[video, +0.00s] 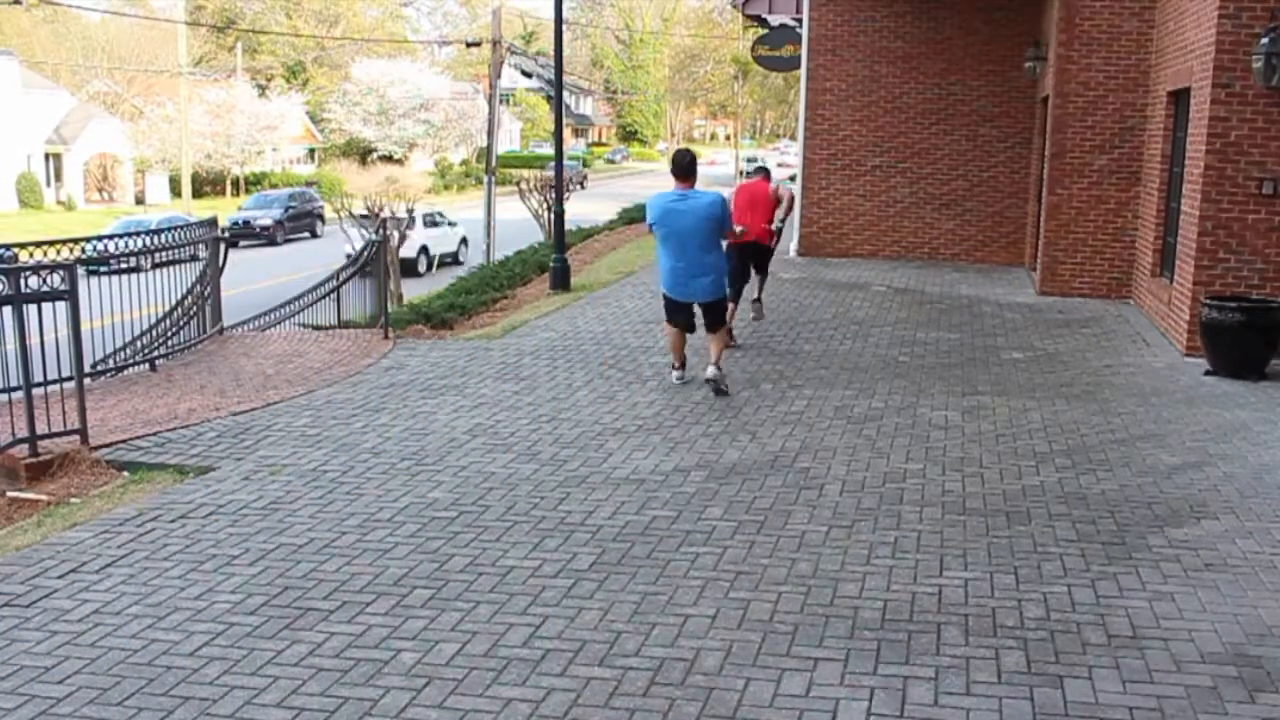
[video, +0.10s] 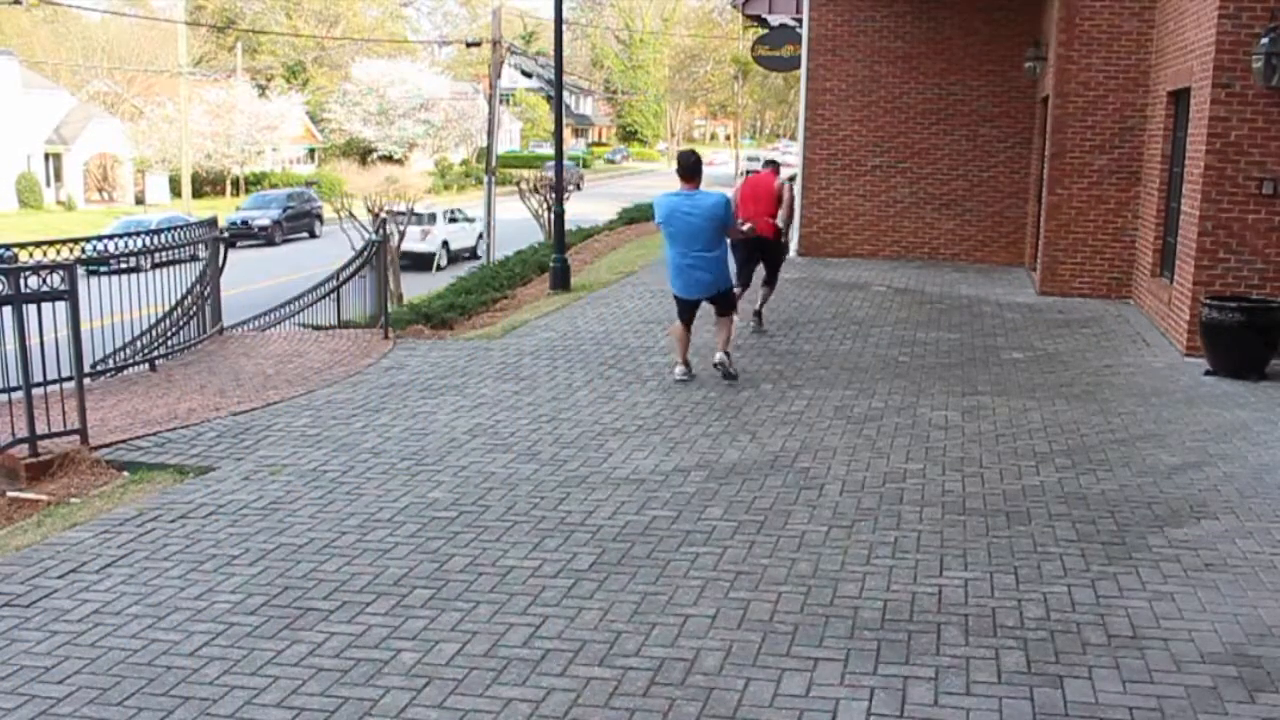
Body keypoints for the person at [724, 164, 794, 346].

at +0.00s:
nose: (768, 183)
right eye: (769, 180)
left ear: (749, 176)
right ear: (767, 177)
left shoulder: (737, 189)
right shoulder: (772, 188)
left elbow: (727, 209)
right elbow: (788, 195)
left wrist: (730, 227)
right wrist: (780, 221)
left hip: (737, 239)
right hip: (762, 238)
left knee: (735, 286)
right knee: (762, 271)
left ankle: (727, 327)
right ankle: (757, 297)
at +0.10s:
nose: (778, 176)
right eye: (778, 173)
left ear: (761, 169)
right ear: (777, 171)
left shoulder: (744, 181)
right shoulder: (782, 185)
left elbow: (733, 205)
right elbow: (786, 210)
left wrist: (735, 224)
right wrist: (785, 233)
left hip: (743, 231)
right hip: (769, 233)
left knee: (742, 277)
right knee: (771, 275)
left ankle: (731, 303)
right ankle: (758, 308)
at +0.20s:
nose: (783, 177)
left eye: (780, 174)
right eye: (783, 174)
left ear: (767, 169)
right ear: (782, 172)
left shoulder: (749, 183)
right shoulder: (787, 188)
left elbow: (736, 205)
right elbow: (789, 219)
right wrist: (789, 233)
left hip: (749, 234)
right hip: (772, 235)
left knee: (754, 272)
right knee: (770, 283)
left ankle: (748, 283)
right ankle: (754, 319)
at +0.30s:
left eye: (775, 168)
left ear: (770, 168)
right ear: (787, 171)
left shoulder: (755, 179)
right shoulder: (794, 185)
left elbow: (733, 187)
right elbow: (800, 216)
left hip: (756, 232)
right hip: (778, 233)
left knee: (765, 255)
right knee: (767, 280)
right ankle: (755, 315)